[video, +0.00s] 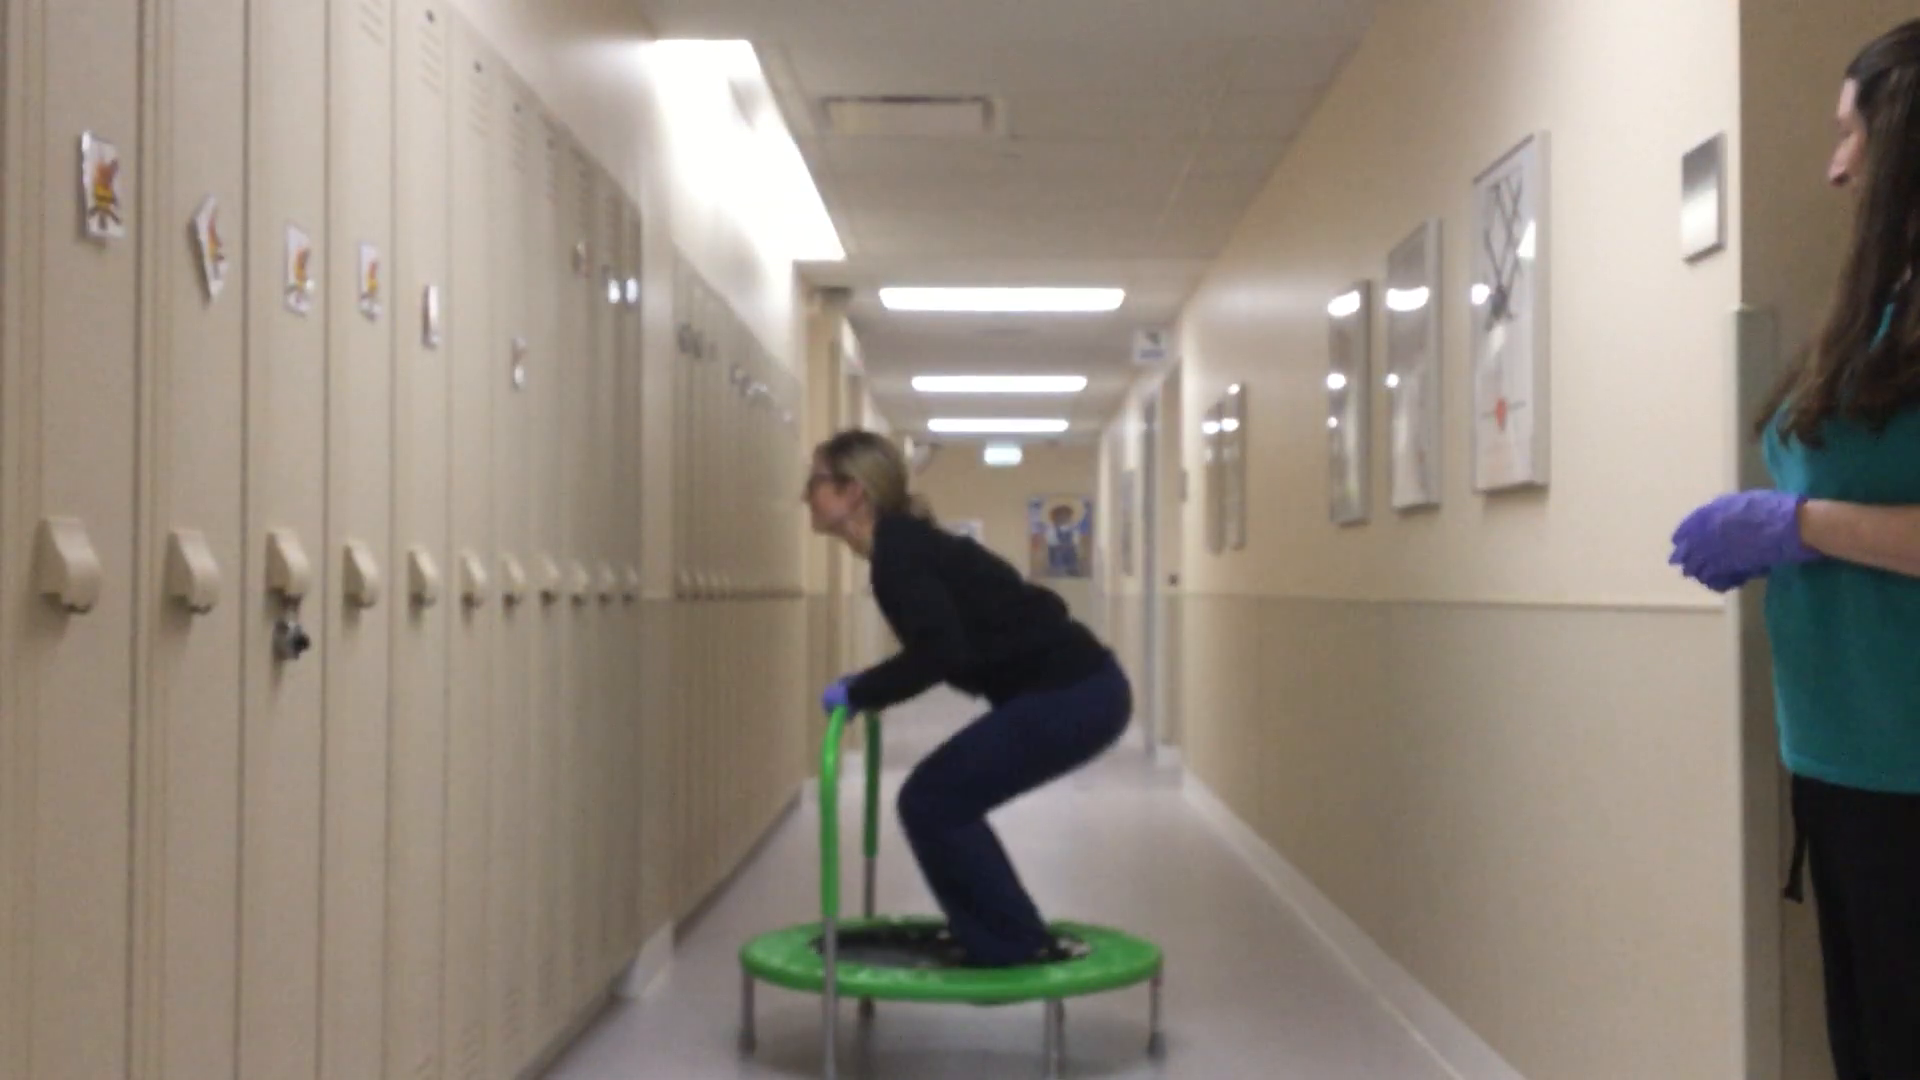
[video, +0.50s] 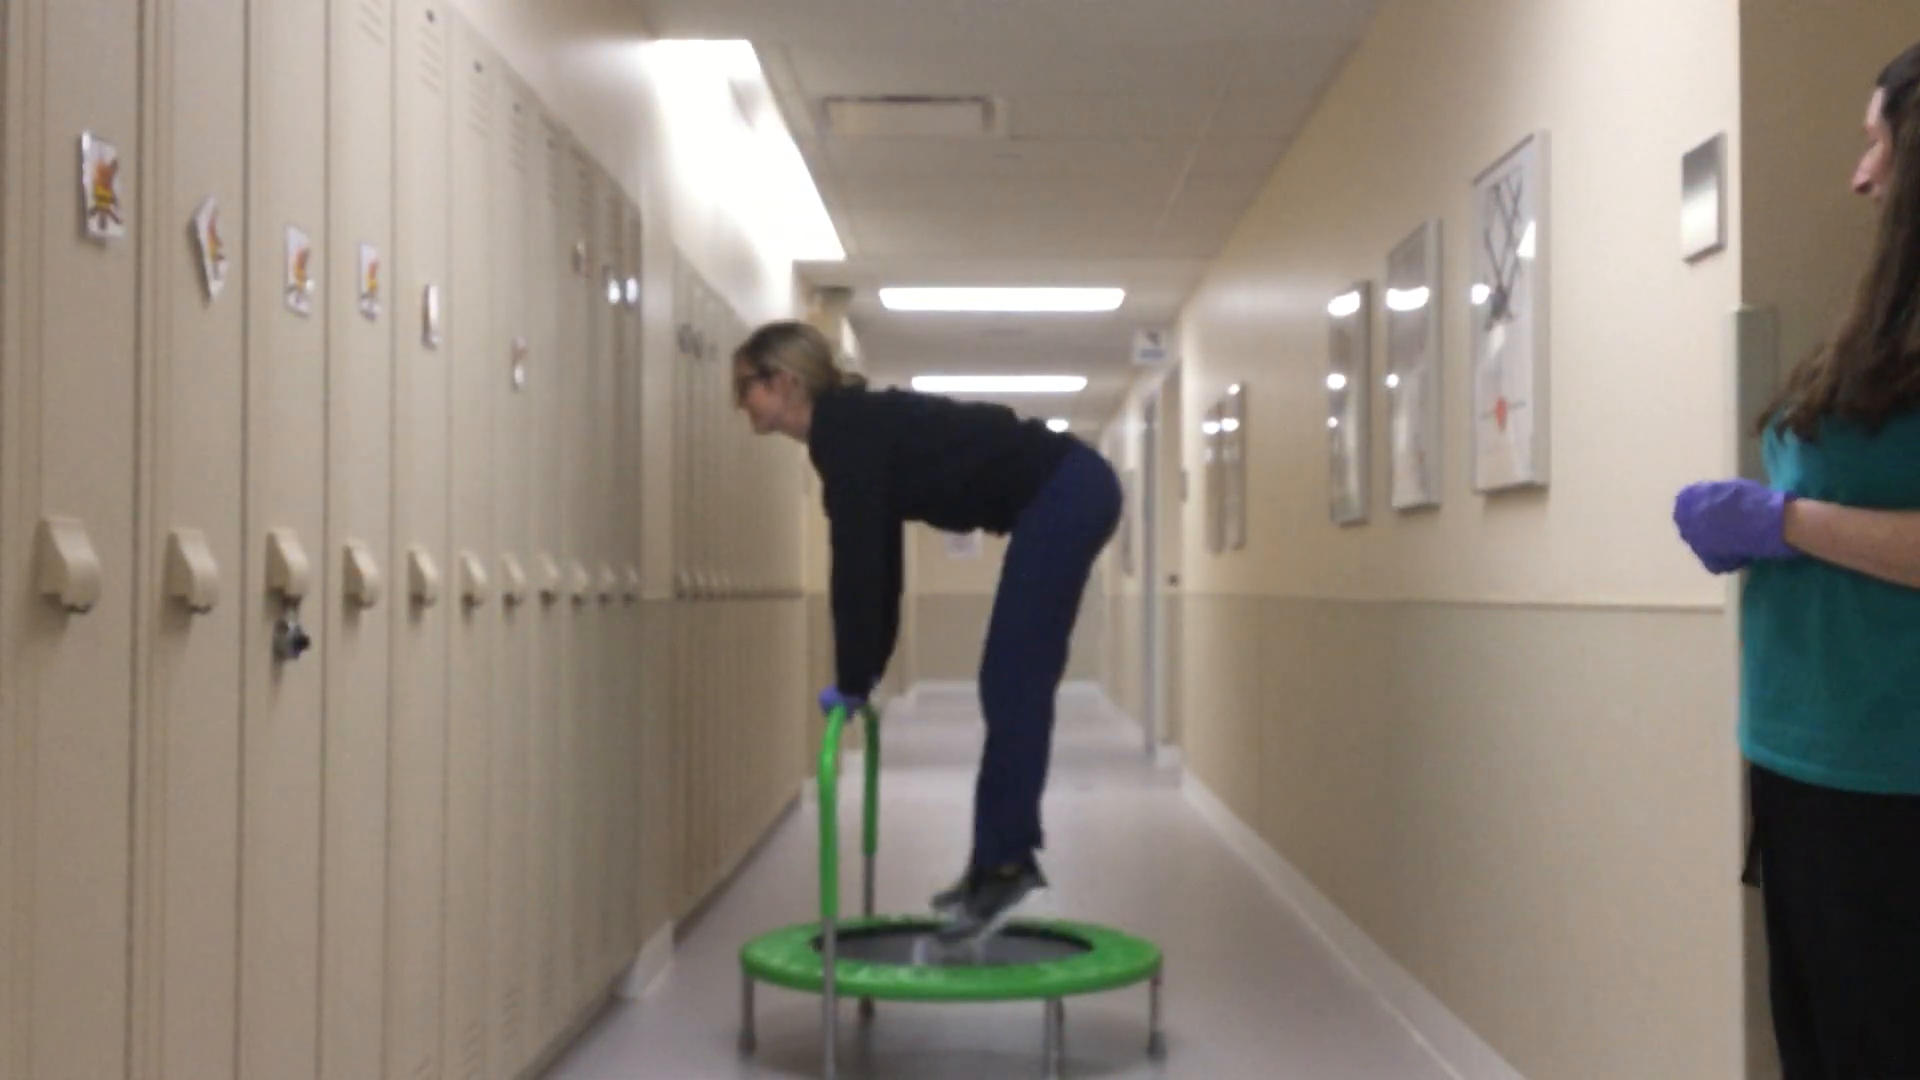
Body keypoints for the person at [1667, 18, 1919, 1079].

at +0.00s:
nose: (1836, 166)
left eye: (1853, 133)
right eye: (1840, 133)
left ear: (1904, 140)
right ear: (1884, 142)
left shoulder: (1907, 314)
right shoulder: (1871, 311)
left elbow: (1913, 530)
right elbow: (1867, 507)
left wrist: (1795, 520)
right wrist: (1771, 526)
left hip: (1899, 764)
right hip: (1837, 755)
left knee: (1894, 1040)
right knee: (1861, 1038)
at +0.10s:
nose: (1839, 167)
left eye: (1856, 135)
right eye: (1844, 135)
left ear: (1906, 143)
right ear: (1886, 145)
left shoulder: (1906, 317)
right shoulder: (1870, 314)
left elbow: (1913, 530)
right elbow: (1863, 504)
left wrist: (1794, 519)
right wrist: (1765, 526)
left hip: (1894, 763)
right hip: (1830, 753)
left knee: (1889, 1040)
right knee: (1853, 1035)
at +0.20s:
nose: (1845, 169)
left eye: (1862, 137)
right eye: (1850, 137)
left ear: (1910, 145)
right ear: (1890, 147)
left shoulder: (1908, 321)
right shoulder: (1871, 317)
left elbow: (1913, 533)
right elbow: (1863, 505)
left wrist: (1795, 519)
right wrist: (1764, 519)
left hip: (1889, 762)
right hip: (1817, 751)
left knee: (1886, 1044)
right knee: (1838, 1040)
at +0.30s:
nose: (1852, 176)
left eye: (1869, 145)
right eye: (1857, 145)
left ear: (1916, 154)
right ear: (1887, 155)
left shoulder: (1908, 333)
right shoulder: (1871, 328)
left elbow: (1913, 540)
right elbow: (1863, 511)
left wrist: (1794, 523)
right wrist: (1762, 523)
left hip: (1886, 763)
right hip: (1805, 751)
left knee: (1881, 1039)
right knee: (1817, 1035)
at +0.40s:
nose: (1859, 180)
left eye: (1874, 149)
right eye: (1863, 149)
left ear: (1918, 159)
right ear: (1890, 161)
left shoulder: (1906, 351)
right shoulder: (1868, 342)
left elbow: (1913, 546)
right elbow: (1862, 517)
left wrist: (1791, 526)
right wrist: (1765, 521)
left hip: (1884, 768)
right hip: (1799, 755)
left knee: (1876, 1041)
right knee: (1808, 1038)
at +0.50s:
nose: (1861, 177)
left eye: (1875, 146)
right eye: (1865, 146)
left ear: (1914, 154)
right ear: (1891, 155)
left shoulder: (1903, 344)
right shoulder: (1869, 337)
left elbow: (1912, 545)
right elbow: (1864, 516)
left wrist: (1785, 522)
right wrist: (1764, 512)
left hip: (1881, 766)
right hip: (1800, 753)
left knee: (1875, 1041)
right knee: (1810, 1037)